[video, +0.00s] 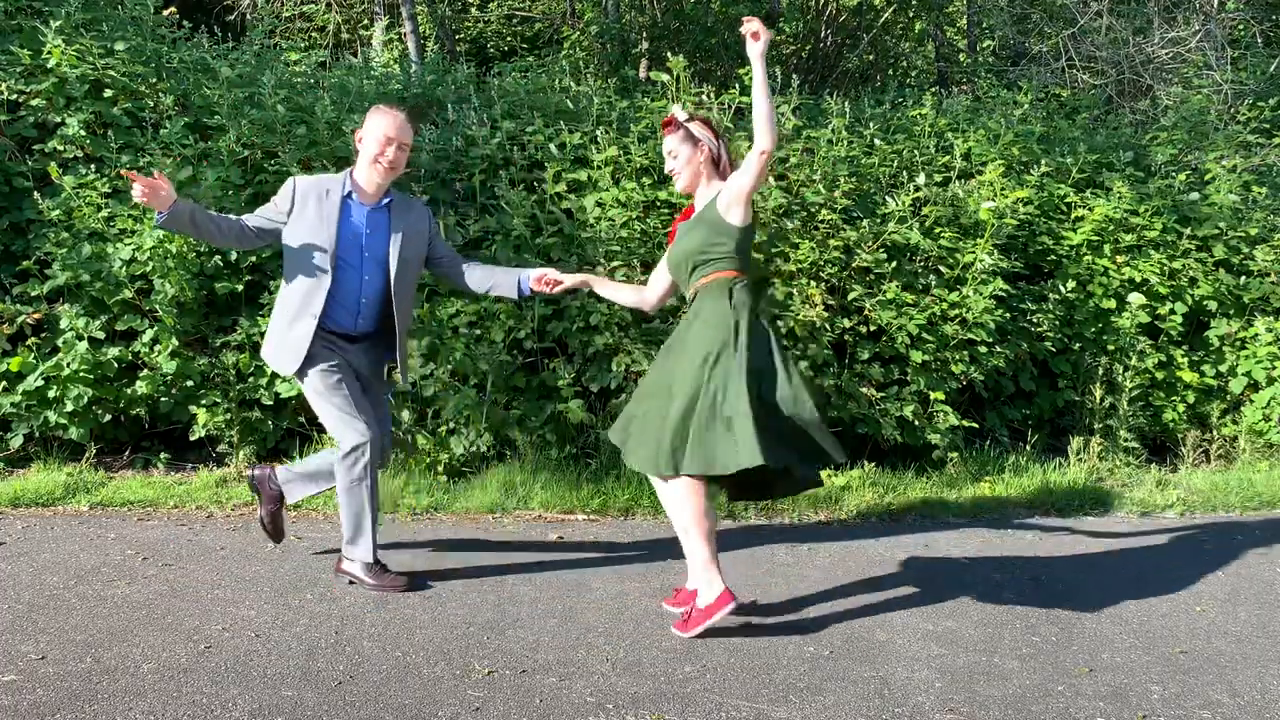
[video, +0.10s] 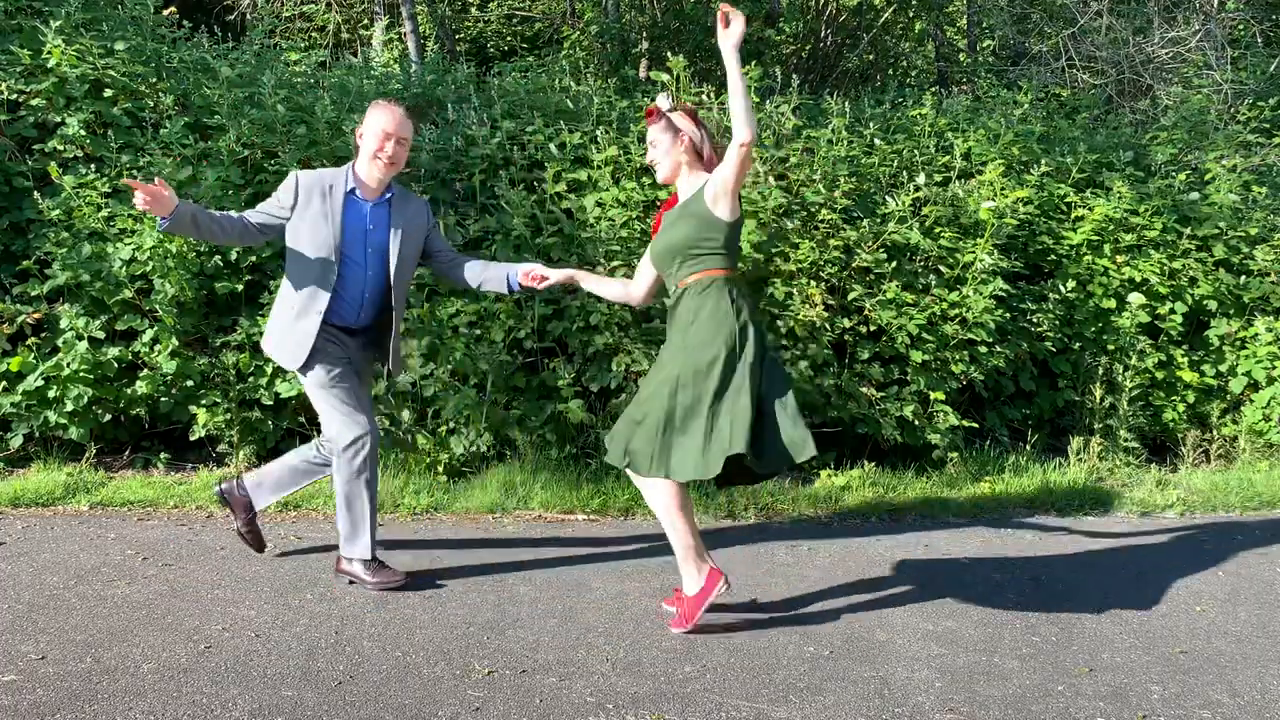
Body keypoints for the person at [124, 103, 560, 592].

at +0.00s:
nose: (394, 154)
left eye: (403, 147)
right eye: (386, 142)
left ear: (409, 155)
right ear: (359, 141)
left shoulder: (416, 217)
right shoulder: (305, 194)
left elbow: (460, 271)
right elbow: (242, 232)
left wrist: (526, 280)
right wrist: (174, 209)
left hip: (370, 350)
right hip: (312, 343)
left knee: (376, 451)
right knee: (360, 440)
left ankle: (277, 481)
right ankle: (360, 559)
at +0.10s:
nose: (390, 149)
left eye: (400, 142)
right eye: (382, 138)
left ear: (408, 152)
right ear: (359, 138)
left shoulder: (414, 212)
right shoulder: (307, 188)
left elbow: (452, 265)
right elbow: (247, 226)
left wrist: (514, 275)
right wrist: (177, 212)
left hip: (365, 342)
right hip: (311, 334)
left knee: (342, 445)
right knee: (356, 435)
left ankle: (245, 493)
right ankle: (357, 558)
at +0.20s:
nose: (389, 151)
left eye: (400, 143)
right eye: (381, 139)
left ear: (411, 152)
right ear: (360, 139)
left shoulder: (415, 211)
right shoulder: (312, 189)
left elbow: (448, 265)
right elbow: (249, 227)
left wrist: (502, 272)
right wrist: (185, 218)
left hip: (360, 342)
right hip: (312, 334)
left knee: (308, 440)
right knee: (366, 429)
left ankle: (229, 512)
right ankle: (357, 552)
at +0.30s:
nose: (394, 160)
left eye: (405, 153)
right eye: (386, 149)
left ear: (415, 161)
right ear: (366, 149)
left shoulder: (419, 216)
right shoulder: (318, 201)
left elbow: (442, 279)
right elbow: (258, 242)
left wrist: (486, 283)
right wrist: (198, 235)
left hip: (363, 348)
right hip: (320, 342)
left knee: (296, 439)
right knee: (383, 431)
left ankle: (218, 515)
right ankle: (366, 548)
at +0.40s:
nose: (409, 162)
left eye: (419, 154)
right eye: (400, 151)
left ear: (430, 162)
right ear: (381, 154)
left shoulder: (434, 221)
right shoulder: (337, 209)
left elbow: (441, 281)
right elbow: (283, 256)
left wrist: (476, 291)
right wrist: (225, 257)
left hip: (382, 356)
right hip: (340, 350)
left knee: (328, 444)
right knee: (398, 441)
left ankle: (232, 507)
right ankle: (374, 549)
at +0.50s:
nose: (429, 151)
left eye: (439, 143)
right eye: (419, 141)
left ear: (450, 150)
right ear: (400, 145)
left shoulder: (454, 213)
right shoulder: (359, 203)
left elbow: (458, 276)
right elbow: (315, 256)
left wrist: (484, 283)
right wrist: (263, 272)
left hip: (412, 349)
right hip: (364, 343)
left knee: (400, 454)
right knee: (402, 443)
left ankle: (296, 488)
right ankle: (375, 548)